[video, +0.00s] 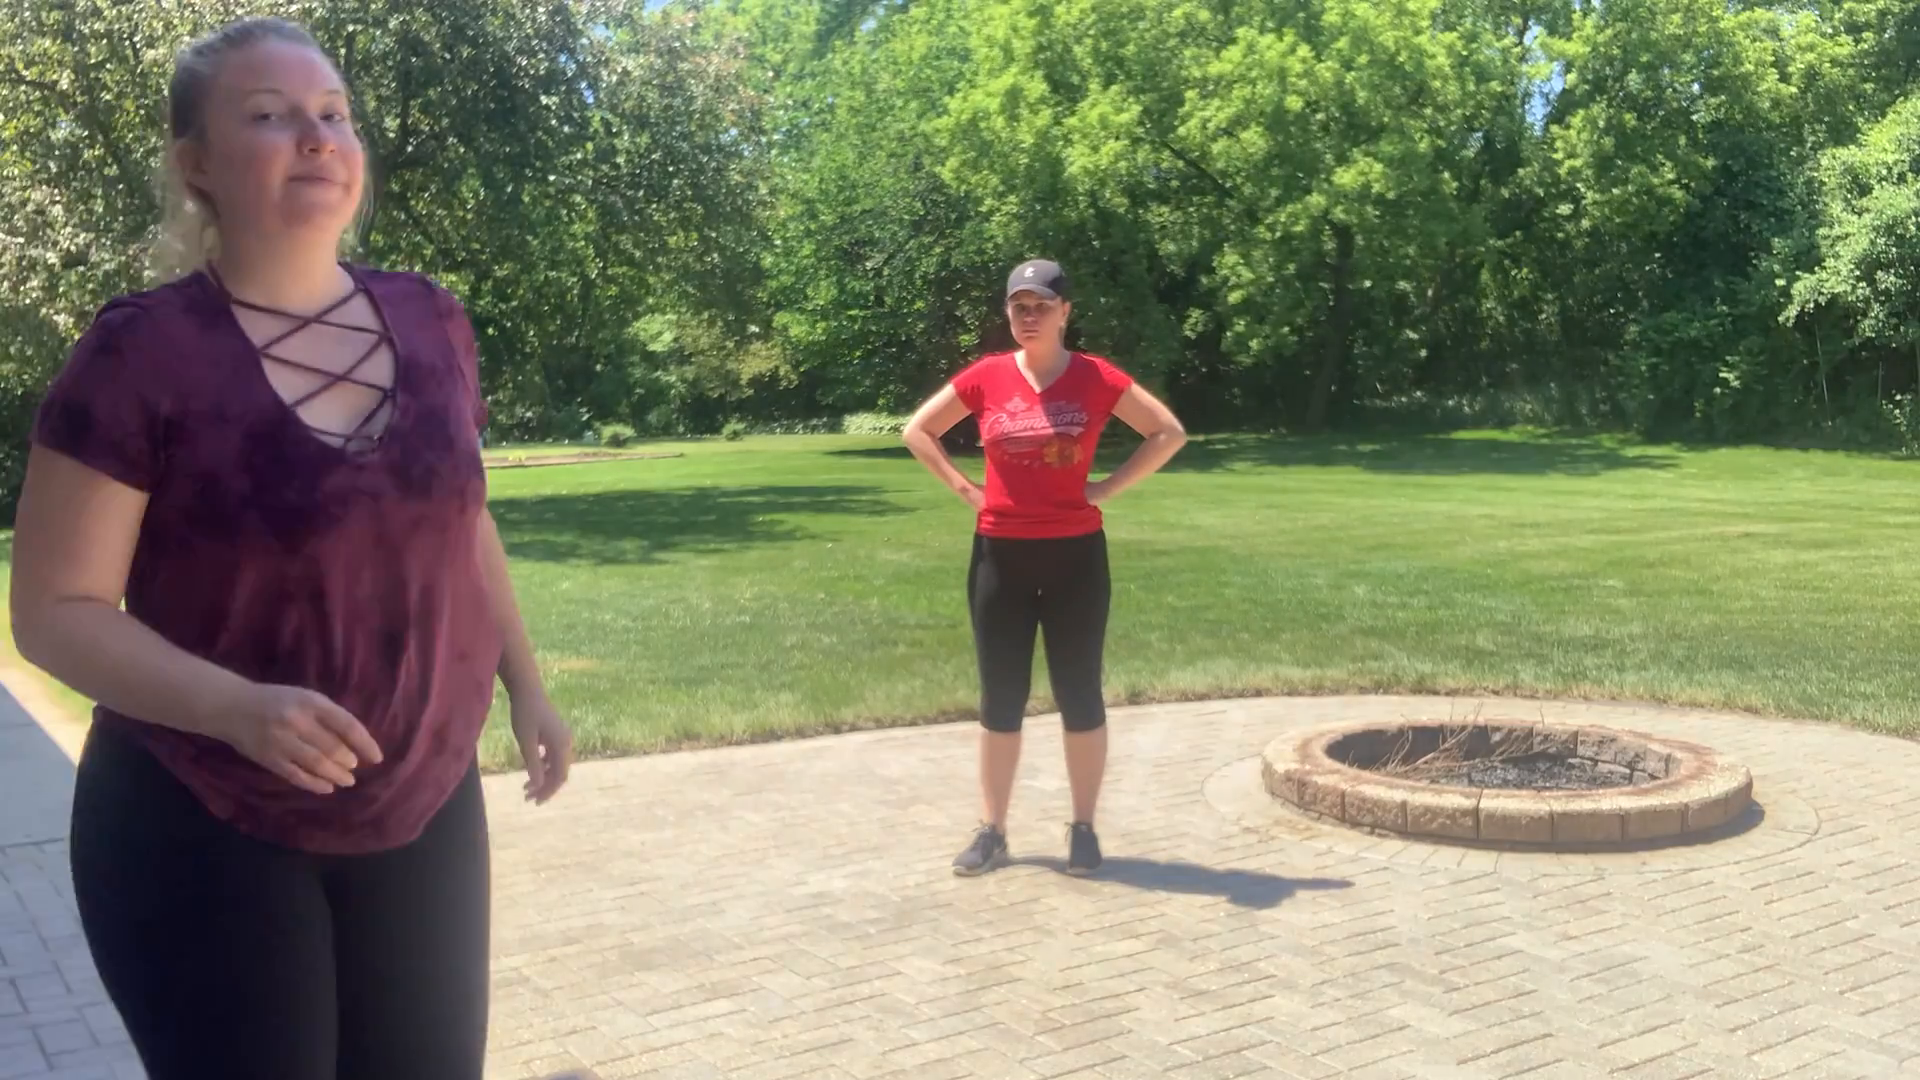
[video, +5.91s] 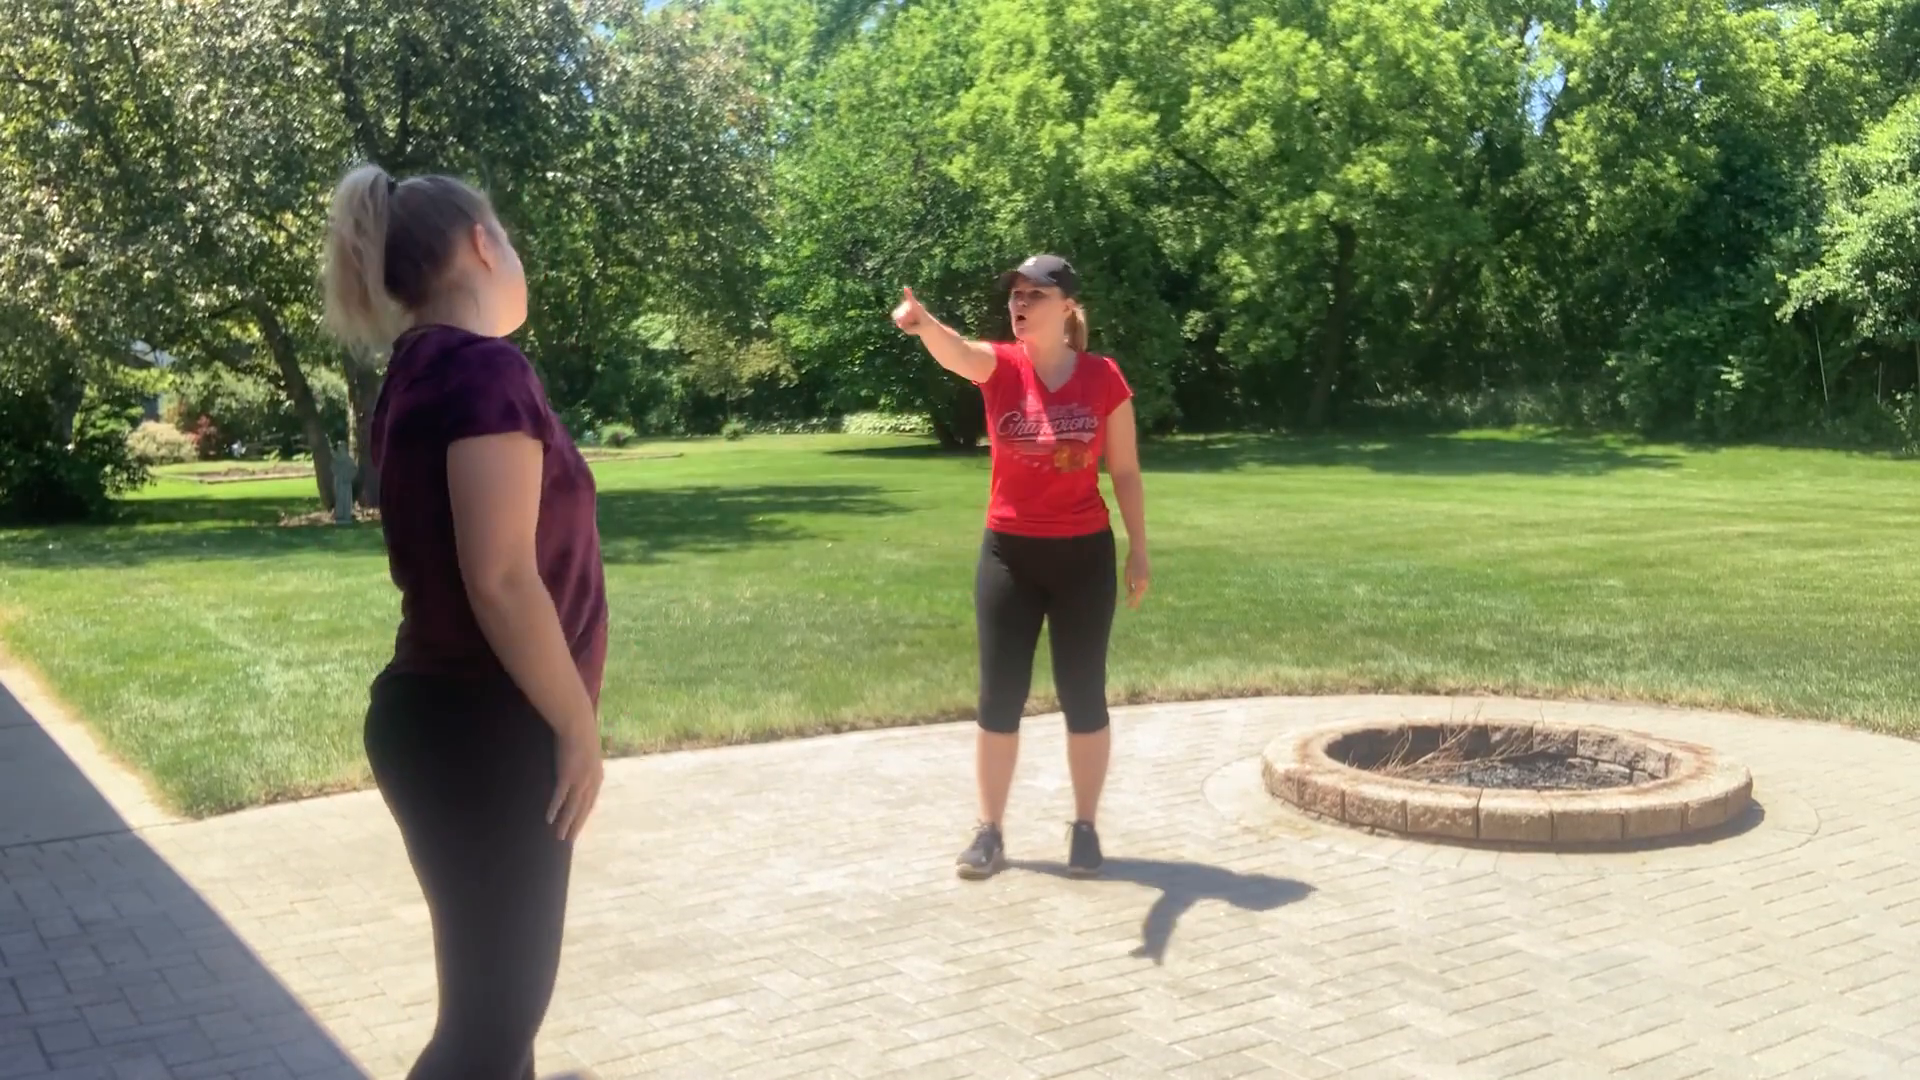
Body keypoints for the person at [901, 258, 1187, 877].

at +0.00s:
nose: (1026, 315)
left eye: (1038, 305)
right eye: (1017, 306)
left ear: (1063, 310)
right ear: (1007, 313)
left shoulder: (1094, 375)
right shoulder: (988, 375)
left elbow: (1171, 433)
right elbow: (916, 432)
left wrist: (1107, 488)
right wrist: (967, 488)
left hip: (1074, 552)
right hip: (1000, 552)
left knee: (1079, 695)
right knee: (1000, 698)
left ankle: (1083, 827)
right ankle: (992, 830)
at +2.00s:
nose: (1017, 313)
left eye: (1031, 304)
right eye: (1011, 303)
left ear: (1061, 312)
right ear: (1003, 311)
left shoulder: (1091, 376)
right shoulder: (982, 375)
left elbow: (1166, 431)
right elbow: (915, 434)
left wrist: (1104, 488)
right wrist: (960, 488)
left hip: (1072, 554)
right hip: (997, 553)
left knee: (1077, 696)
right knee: (998, 698)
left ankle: (1083, 827)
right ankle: (991, 829)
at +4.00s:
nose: (1033, 314)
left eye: (1049, 312)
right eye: (1029, 304)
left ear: (1071, 334)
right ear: (1014, 314)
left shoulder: (1090, 387)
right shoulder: (982, 379)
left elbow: (1165, 435)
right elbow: (916, 435)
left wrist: (1109, 493)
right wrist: (973, 497)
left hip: (1078, 554)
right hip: (1002, 554)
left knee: (1076, 694)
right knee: (998, 698)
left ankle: (1083, 826)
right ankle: (991, 829)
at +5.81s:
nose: (1030, 310)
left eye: (1044, 300)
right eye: (1024, 300)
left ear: (1077, 309)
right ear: (1017, 308)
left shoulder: (1110, 380)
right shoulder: (999, 365)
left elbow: (1129, 474)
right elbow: (921, 392)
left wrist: (1135, 553)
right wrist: (972, 402)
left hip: (1086, 554)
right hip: (1010, 551)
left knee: (1085, 697)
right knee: (1002, 696)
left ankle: (1085, 824)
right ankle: (992, 828)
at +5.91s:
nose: (1021, 304)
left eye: (1035, 295)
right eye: (1016, 295)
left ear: (1069, 305)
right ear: (1010, 306)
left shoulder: (1102, 377)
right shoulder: (1000, 362)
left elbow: (1125, 470)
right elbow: (960, 353)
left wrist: (1138, 548)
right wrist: (925, 325)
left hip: (1083, 555)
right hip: (1007, 554)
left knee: (1083, 694)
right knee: (998, 695)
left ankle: (1084, 825)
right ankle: (989, 829)